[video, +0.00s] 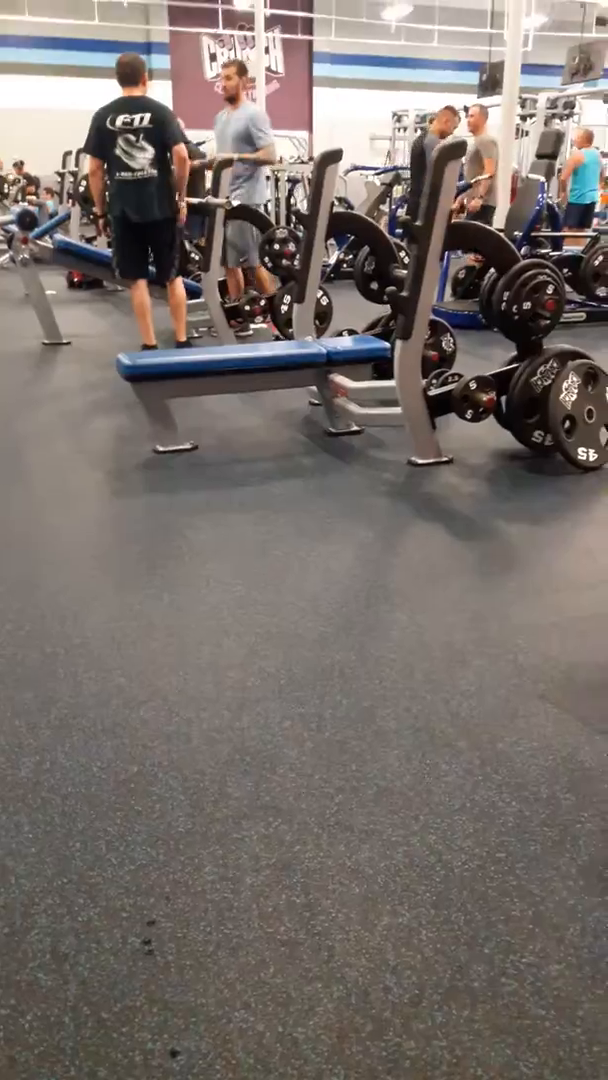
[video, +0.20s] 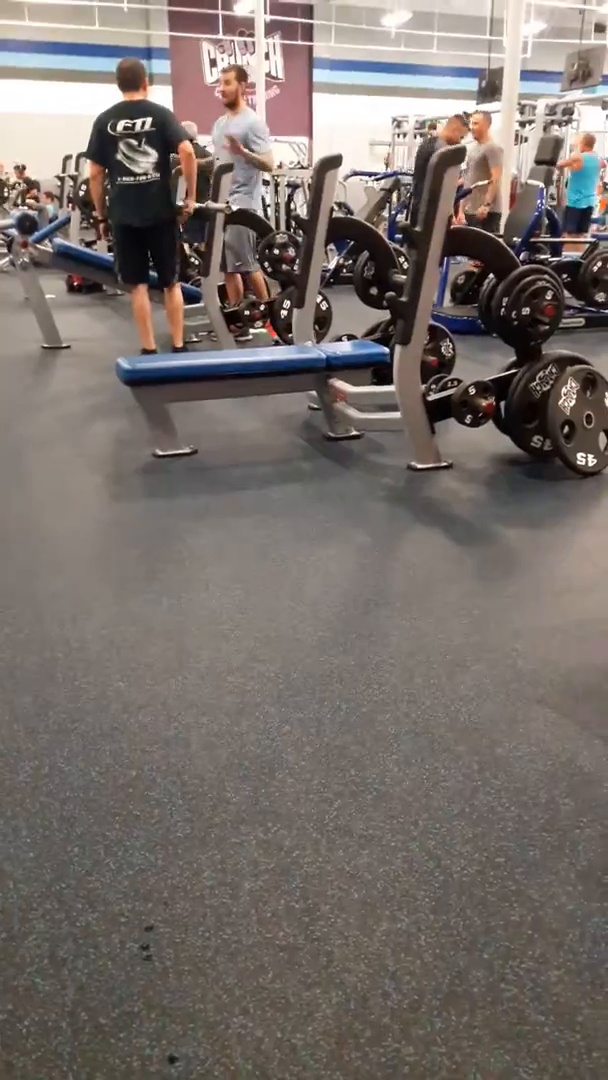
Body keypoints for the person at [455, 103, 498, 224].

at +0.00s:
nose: (468, 120)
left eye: (472, 116)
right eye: (468, 116)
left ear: (483, 118)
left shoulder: (486, 141)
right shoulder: (475, 142)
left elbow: (489, 171)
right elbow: (474, 178)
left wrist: (479, 197)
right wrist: (462, 197)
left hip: (484, 202)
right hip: (475, 201)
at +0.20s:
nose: (471, 127)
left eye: (476, 123)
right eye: (471, 123)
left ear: (487, 125)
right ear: (470, 124)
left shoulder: (492, 149)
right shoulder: (472, 148)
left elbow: (496, 178)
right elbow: (466, 179)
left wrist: (487, 204)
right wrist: (461, 207)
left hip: (487, 211)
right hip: (469, 210)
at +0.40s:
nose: (478, 136)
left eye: (482, 131)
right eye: (477, 132)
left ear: (493, 133)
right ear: (474, 132)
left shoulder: (498, 157)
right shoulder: (472, 155)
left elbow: (501, 186)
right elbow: (461, 185)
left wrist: (491, 213)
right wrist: (457, 213)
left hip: (488, 218)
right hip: (468, 216)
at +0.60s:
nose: (498, 142)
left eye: (502, 139)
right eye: (496, 138)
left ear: (509, 140)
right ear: (492, 137)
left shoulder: (514, 161)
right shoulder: (484, 157)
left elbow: (516, 192)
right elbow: (473, 187)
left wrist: (502, 218)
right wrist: (462, 214)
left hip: (500, 221)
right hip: (481, 218)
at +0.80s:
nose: (515, 149)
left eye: (518, 146)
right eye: (512, 145)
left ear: (522, 144)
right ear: (505, 142)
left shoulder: (524, 164)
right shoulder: (492, 162)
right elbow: (476, 190)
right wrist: (473, 216)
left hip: (514, 221)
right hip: (492, 219)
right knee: (481, 257)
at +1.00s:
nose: (528, 151)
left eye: (531, 147)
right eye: (525, 146)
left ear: (535, 147)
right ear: (517, 143)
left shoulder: (536, 163)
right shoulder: (501, 162)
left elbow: (546, 189)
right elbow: (486, 191)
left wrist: (552, 216)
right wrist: (485, 219)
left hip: (528, 217)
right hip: (503, 217)